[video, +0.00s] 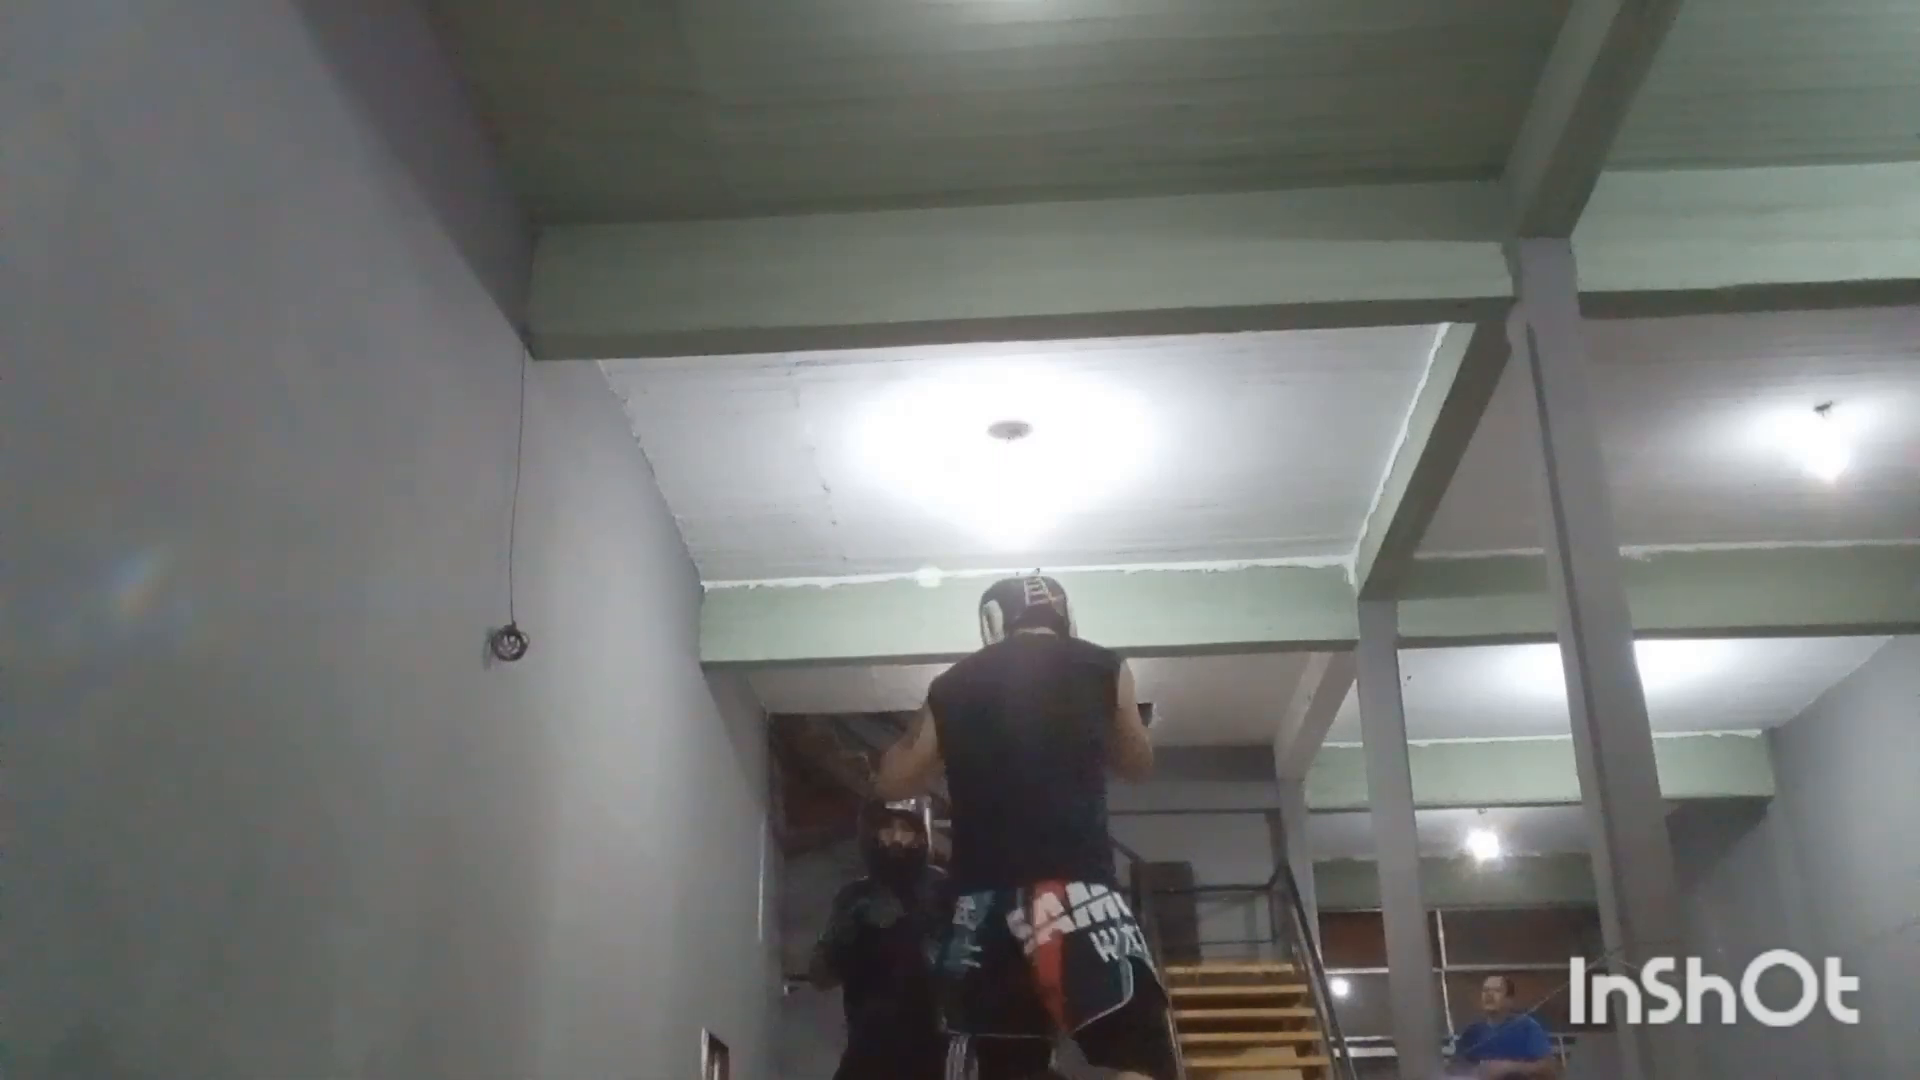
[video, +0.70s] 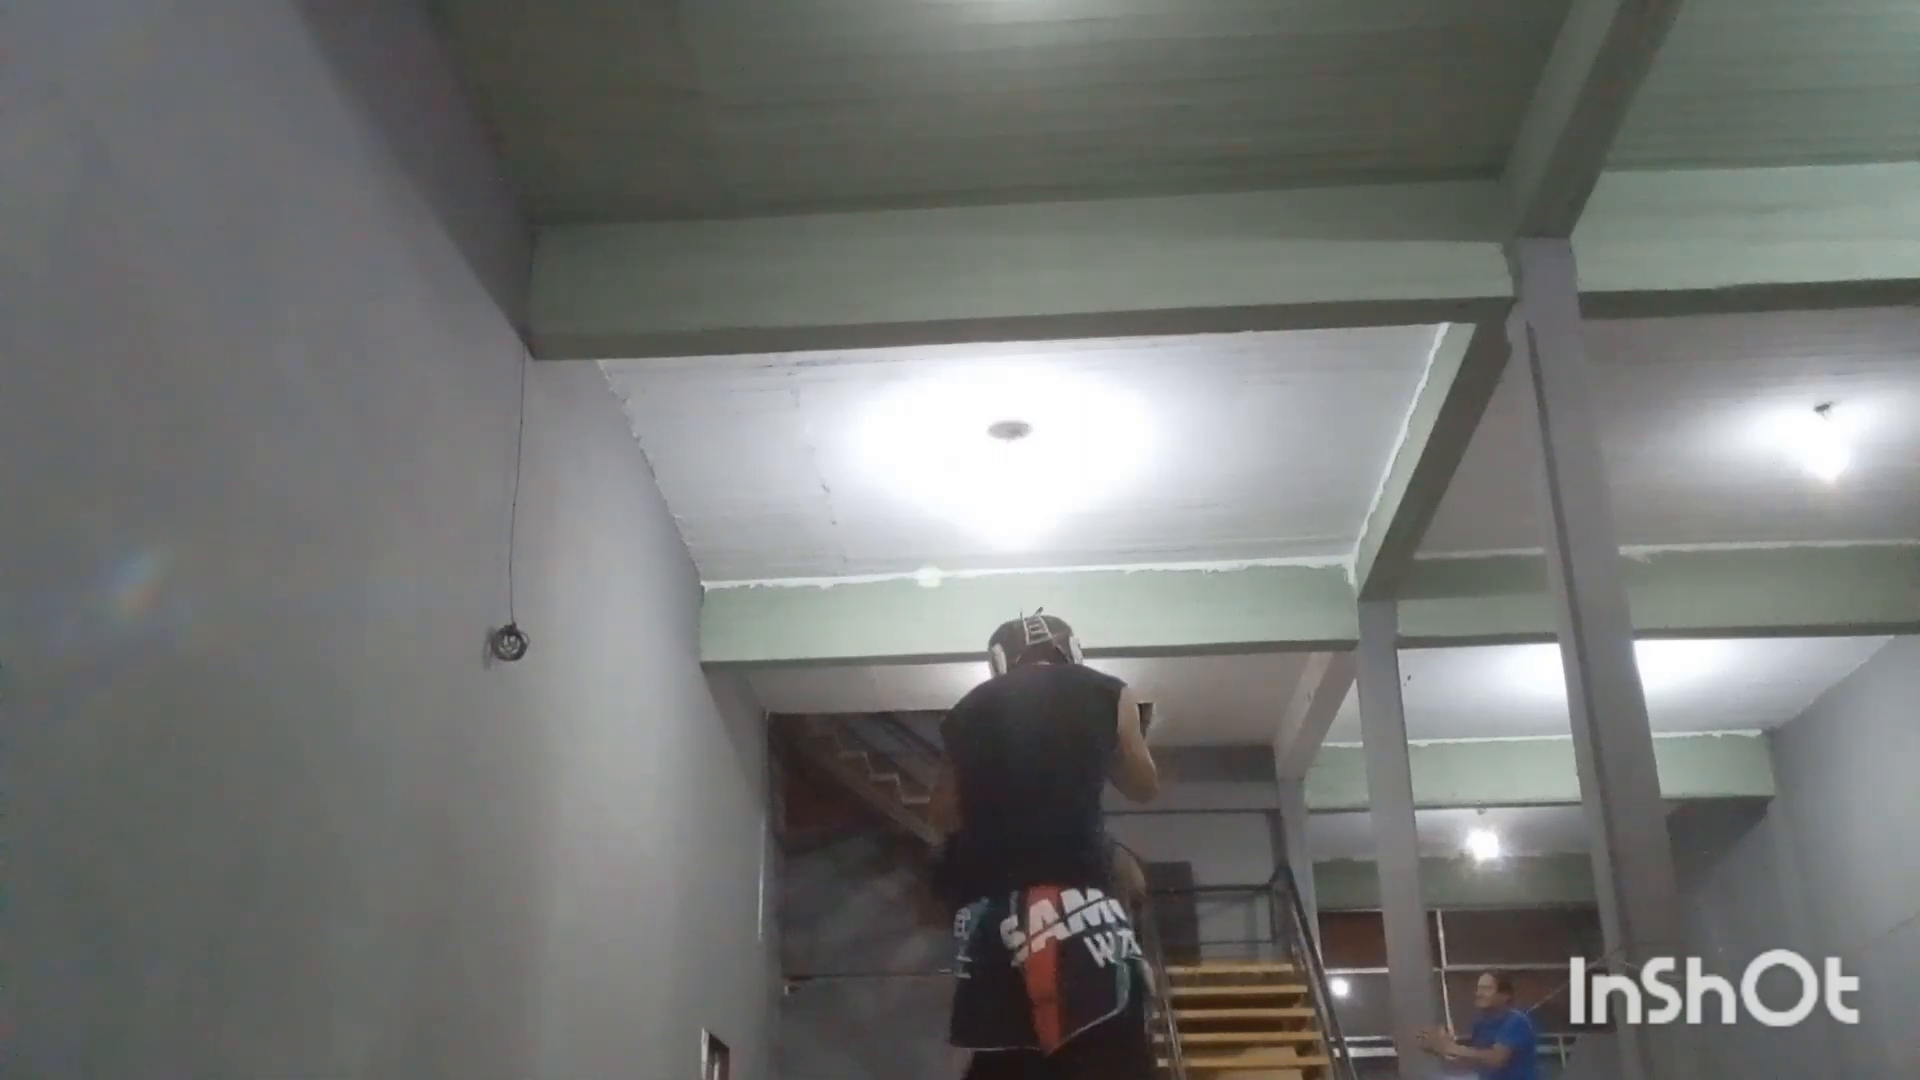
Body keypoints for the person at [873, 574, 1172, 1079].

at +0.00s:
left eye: (987, 623)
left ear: (995, 623)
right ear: (1062, 620)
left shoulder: (954, 685)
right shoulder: (1105, 667)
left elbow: (892, 781)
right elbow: (1137, 764)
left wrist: (943, 736)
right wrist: (1092, 723)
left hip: (984, 912)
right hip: (1086, 905)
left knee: (1003, 1068)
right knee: (1141, 1063)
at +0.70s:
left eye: (992, 662)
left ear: (1004, 662)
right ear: (1069, 653)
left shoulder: (966, 710)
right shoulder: (1106, 692)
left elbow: (945, 814)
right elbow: (1142, 785)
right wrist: (1129, 734)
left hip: (988, 913)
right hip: (1084, 903)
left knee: (1003, 1060)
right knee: (1106, 1059)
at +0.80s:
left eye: (992, 657)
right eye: (1072, 650)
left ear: (1002, 656)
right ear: (1068, 650)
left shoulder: (964, 707)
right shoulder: (1103, 690)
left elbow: (935, 807)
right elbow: (1143, 787)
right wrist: (1122, 734)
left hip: (983, 923)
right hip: (1079, 917)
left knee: (1002, 1065)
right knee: (1093, 1065)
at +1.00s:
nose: (1086, 660)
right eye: (1082, 653)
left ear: (1007, 659)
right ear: (1073, 654)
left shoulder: (961, 711)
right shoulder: (1108, 701)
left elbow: (908, 800)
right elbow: (1146, 799)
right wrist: (1134, 741)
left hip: (973, 915)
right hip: (1066, 913)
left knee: (999, 1062)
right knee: (1060, 1061)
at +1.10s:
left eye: (994, 663)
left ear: (1004, 662)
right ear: (1070, 657)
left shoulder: (957, 714)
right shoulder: (1109, 706)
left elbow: (953, 812)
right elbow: (1136, 798)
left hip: (972, 893)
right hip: (1066, 894)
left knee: (991, 1055)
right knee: (1060, 1051)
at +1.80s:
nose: (1029, 669)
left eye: (1027, 663)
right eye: (1026, 661)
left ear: (953, 672)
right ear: (1012, 661)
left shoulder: (912, 726)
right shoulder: (1047, 701)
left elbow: (903, 831)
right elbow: (1116, 794)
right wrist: (1105, 754)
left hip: (925, 906)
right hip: (1016, 903)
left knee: (952, 1062)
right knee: (1019, 1063)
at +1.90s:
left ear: (933, 688)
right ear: (991, 673)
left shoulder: (911, 737)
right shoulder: (1030, 713)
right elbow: (1107, 794)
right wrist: (1084, 752)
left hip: (910, 929)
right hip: (998, 923)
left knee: (940, 1065)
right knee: (1002, 1066)